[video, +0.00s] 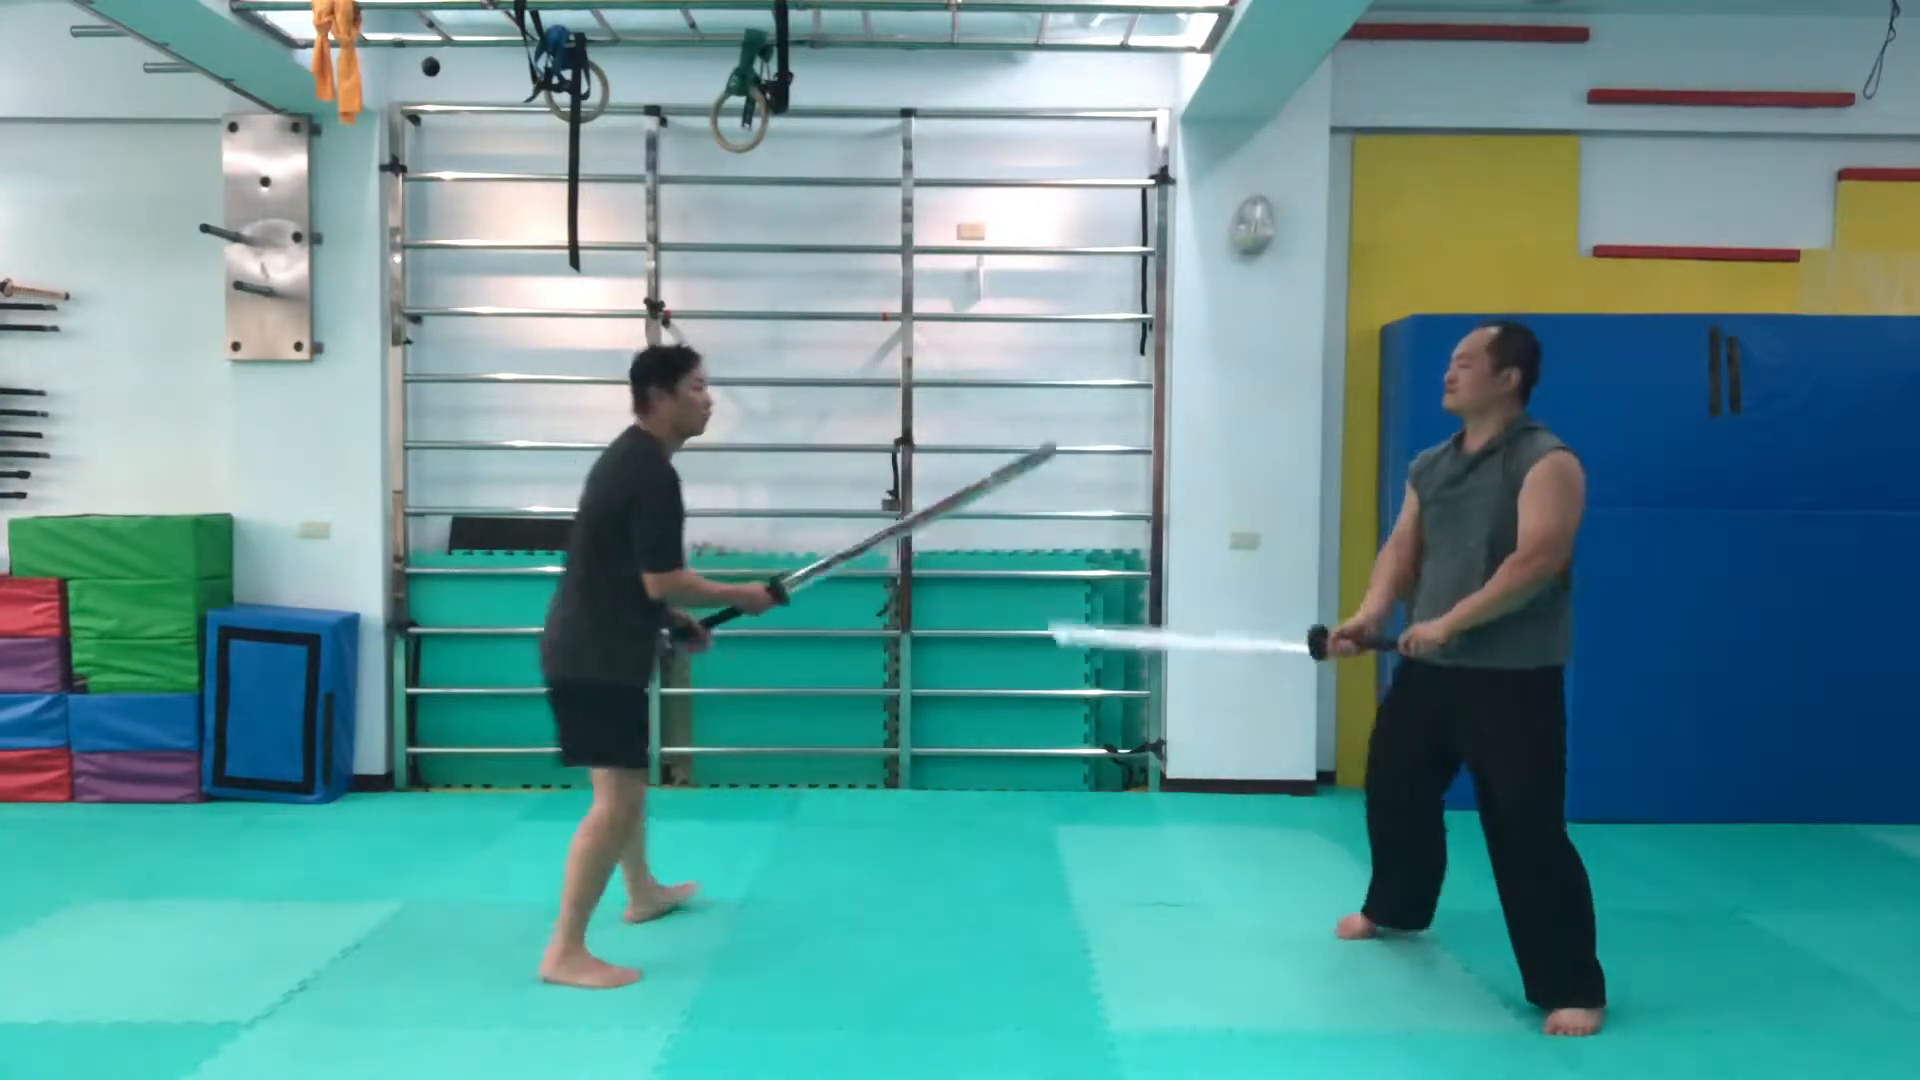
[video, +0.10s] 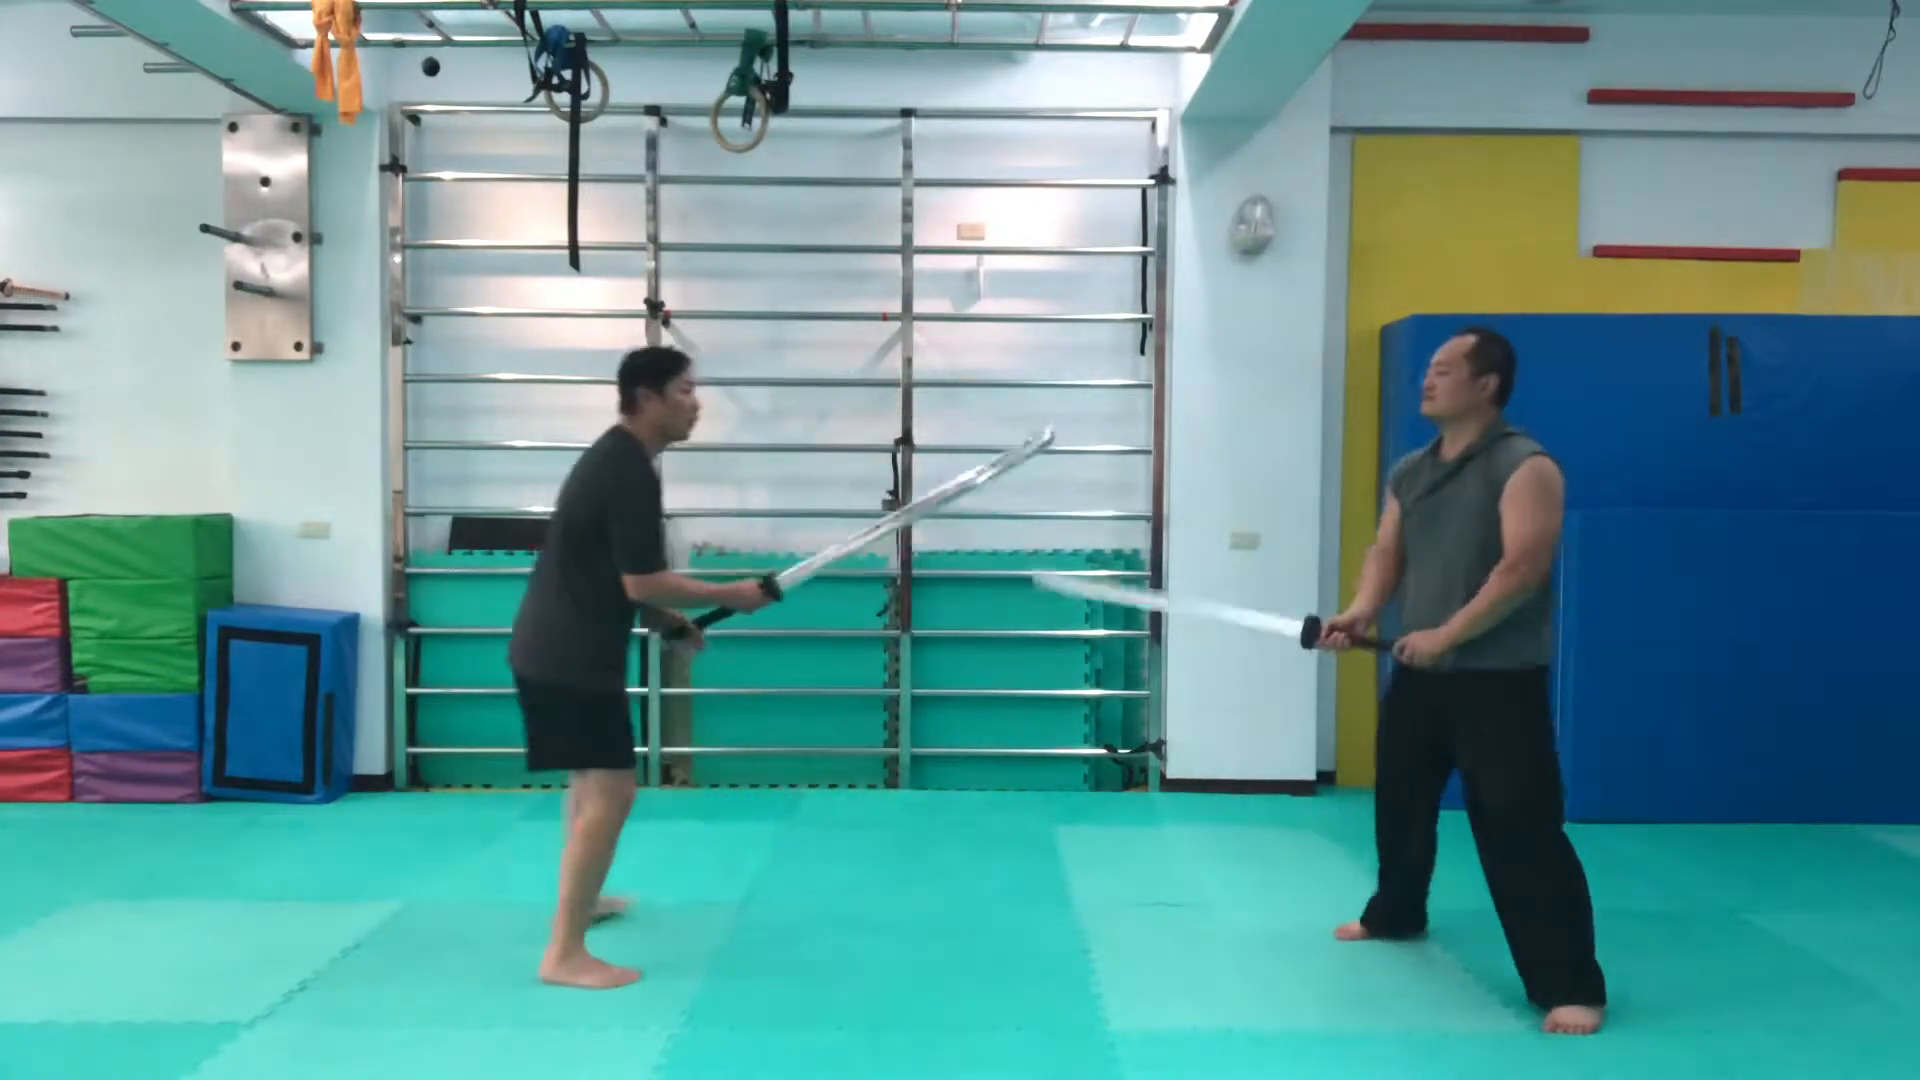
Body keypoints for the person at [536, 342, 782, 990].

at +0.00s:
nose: (710, 400)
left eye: (706, 388)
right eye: (697, 389)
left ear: (655, 399)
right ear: (659, 398)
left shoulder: (624, 458)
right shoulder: (652, 471)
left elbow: (609, 570)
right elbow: (664, 579)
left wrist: (671, 616)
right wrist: (742, 594)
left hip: (591, 650)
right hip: (600, 658)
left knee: (627, 781)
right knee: (614, 800)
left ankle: (642, 891)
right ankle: (564, 953)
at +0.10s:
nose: (696, 403)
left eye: (693, 390)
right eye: (684, 392)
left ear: (642, 401)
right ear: (645, 400)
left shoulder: (611, 457)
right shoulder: (629, 467)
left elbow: (608, 578)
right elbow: (643, 581)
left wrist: (667, 620)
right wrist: (731, 593)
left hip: (555, 648)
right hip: (574, 658)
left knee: (590, 779)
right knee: (612, 792)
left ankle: (578, 898)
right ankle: (564, 954)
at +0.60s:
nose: (575, 413)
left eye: (573, 400)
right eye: (562, 402)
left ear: (520, 413)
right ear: (521, 411)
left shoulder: (495, 472)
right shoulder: (512, 484)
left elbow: (514, 574)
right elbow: (522, 596)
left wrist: (570, 611)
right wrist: (624, 597)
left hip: (440, 671)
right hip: (481, 678)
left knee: (431, 797)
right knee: (554, 791)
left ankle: (342, 928)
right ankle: (560, 955)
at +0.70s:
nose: (561, 415)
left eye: (559, 403)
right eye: (549, 404)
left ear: (511, 415)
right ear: (508, 413)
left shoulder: (498, 476)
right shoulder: (491, 486)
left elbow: (517, 566)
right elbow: (501, 598)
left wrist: (557, 615)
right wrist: (601, 602)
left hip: (427, 672)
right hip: (468, 678)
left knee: (423, 801)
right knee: (546, 790)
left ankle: (340, 935)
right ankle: (556, 953)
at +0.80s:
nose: (558, 418)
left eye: (555, 406)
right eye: (545, 407)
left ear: (512, 419)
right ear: (503, 416)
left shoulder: (512, 485)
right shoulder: (477, 490)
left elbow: (519, 571)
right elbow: (491, 602)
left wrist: (553, 621)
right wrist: (594, 607)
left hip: (434, 673)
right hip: (465, 677)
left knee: (428, 804)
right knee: (555, 787)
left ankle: (341, 934)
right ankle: (553, 950)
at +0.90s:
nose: (566, 425)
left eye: (564, 412)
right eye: (554, 413)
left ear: (520, 423)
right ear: (513, 421)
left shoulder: (526, 493)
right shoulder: (484, 493)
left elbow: (529, 580)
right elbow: (493, 604)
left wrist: (560, 625)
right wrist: (596, 611)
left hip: (449, 680)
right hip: (473, 682)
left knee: (444, 804)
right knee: (571, 782)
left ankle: (345, 931)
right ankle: (556, 946)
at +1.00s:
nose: (590, 435)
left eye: (587, 422)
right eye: (578, 423)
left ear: (541, 433)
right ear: (537, 431)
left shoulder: (551, 505)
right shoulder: (501, 501)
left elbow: (551, 588)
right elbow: (510, 608)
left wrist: (576, 630)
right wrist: (605, 611)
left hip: (475, 688)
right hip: (492, 689)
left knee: (466, 812)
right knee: (600, 783)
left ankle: (351, 927)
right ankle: (590, 946)